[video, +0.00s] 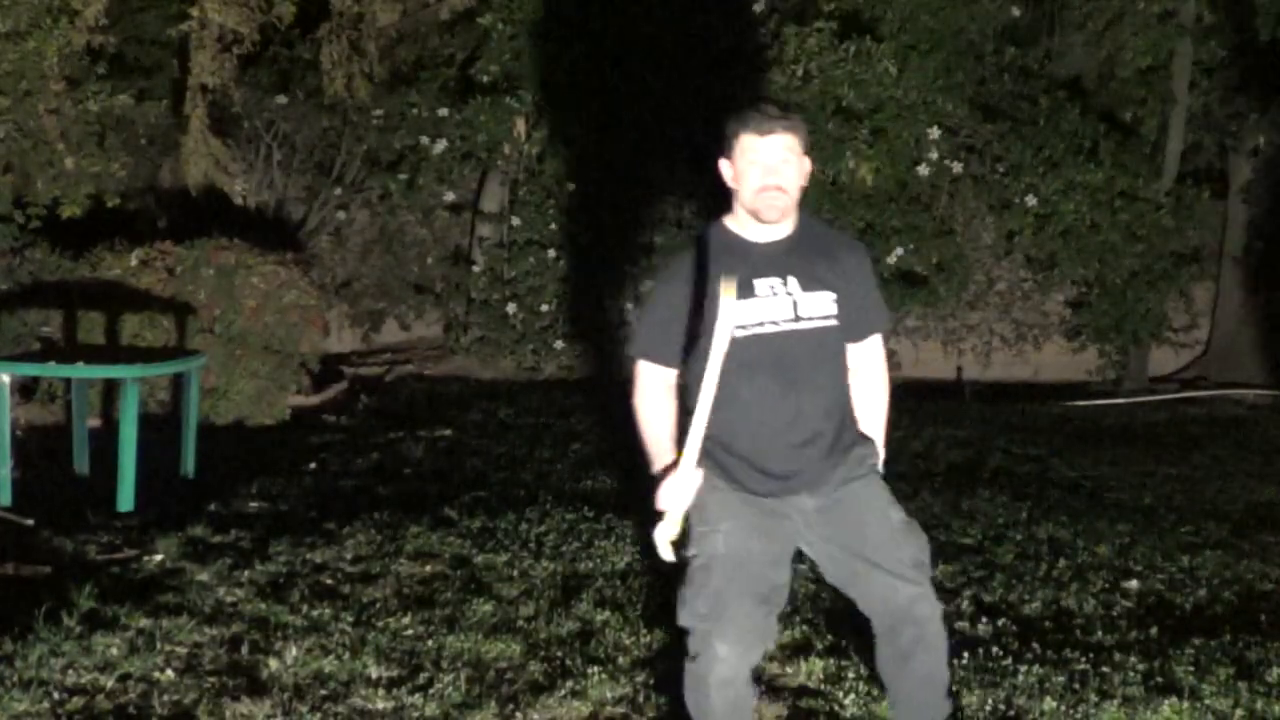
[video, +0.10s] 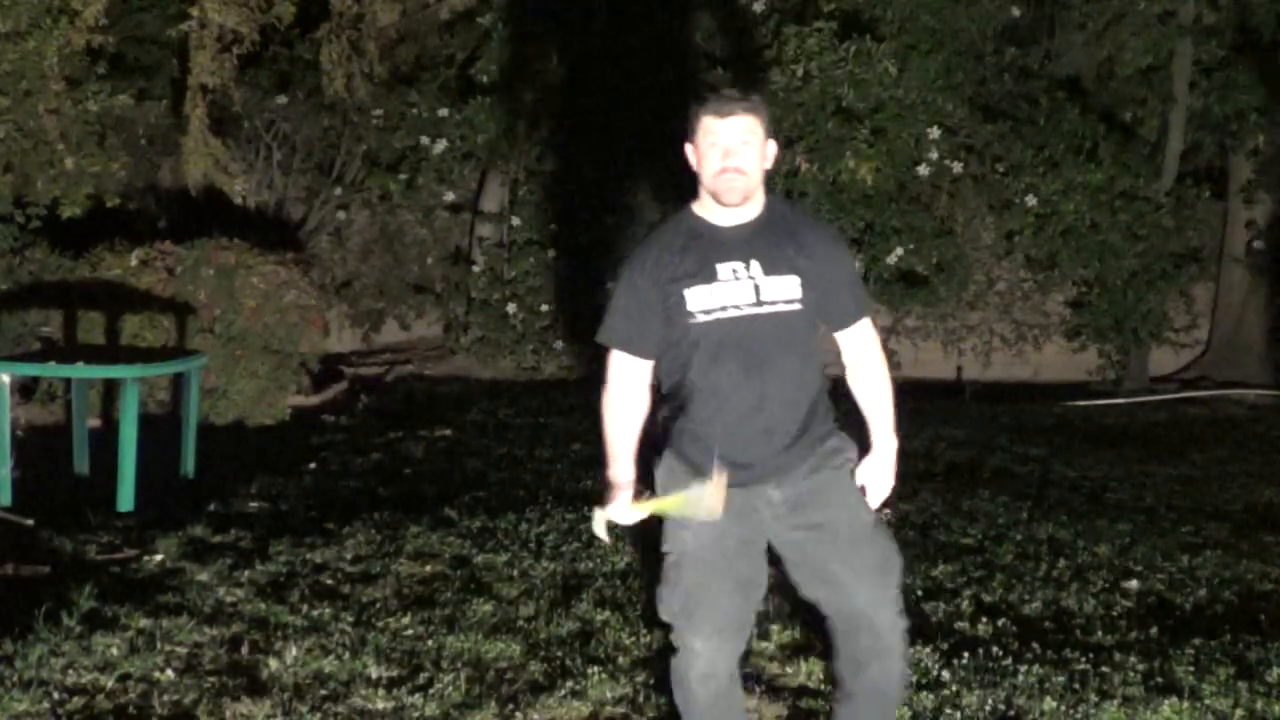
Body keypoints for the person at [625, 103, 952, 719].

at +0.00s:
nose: (774, 176)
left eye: (787, 162)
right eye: (758, 162)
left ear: (807, 171)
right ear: (728, 172)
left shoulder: (843, 258)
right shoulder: (694, 267)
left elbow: (867, 364)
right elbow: (654, 377)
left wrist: (867, 461)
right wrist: (669, 471)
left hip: (842, 483)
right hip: (734, 491)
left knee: (913, 610)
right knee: (721, 652)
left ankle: (923, 714)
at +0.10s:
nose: (731, 159)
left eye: (745, 146)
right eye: (717, 146)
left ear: (770, 154)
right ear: (692, 156)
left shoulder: (813, 245)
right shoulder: (655, 264)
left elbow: (860, 344)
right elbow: (627, 379)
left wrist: (884, 445)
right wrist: (622, 479)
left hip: (813, 472)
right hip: (705, 484)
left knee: (875, 620)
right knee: (703, 655)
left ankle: (868, 714)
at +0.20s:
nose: (695, 151)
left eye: (710, 137)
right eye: (682, 137)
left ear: (740, 144)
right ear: (663, 146)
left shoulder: (789, 232)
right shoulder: (629, 252)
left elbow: (849, 331)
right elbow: (597, 368)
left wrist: (888, 432)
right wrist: (589, 467)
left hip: (786, 470)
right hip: (677, 482)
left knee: (809, 632)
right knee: (687, 650)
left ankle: (805, 717)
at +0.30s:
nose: (663, 147)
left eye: (679, 132)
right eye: (650, 134)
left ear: (713, 141)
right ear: (636, 146)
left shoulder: (762, 228)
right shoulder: (604, 251)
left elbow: (833, 328)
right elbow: (568, 366)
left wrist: (873, 414)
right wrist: (555, 465)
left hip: (750, 463)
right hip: (648, 474)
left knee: (725, 634)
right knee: (662, 647)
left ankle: (728, 718)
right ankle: (677, 718)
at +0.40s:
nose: (635, 149)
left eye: (652, 134)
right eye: (622, 135)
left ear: (686, 144)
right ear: (607, 148)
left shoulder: (736, 234)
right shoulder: (579, 250)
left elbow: (809, 328)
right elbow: (537, 362)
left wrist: (837, 398)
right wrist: (518, 462)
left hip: (713, 470)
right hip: (617, 480)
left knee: (649, 641)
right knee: (661, 647)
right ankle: (704, 715)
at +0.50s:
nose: (600, 151)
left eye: (618, 137)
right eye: (588, 138)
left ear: (654, 148)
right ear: (573, 152)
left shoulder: (702, 246)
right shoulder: (542, 256)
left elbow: (783, 337)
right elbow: (503, 364)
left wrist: (784, 418)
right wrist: (491, 460)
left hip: (673, 477)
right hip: (586, 490)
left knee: (588, 640)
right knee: (657, 669)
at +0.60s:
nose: (564, 146)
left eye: (583, 133)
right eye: (552, 133)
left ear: (621, 147)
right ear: (536, 147)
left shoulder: (655, 253)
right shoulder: (512, 245)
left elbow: (739, 353)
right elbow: (471, 354)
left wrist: (717, 459)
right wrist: (441, 432)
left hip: (614, 490)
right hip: (540, 493)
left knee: (529, 672)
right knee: (612, 666)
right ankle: (679, 718)